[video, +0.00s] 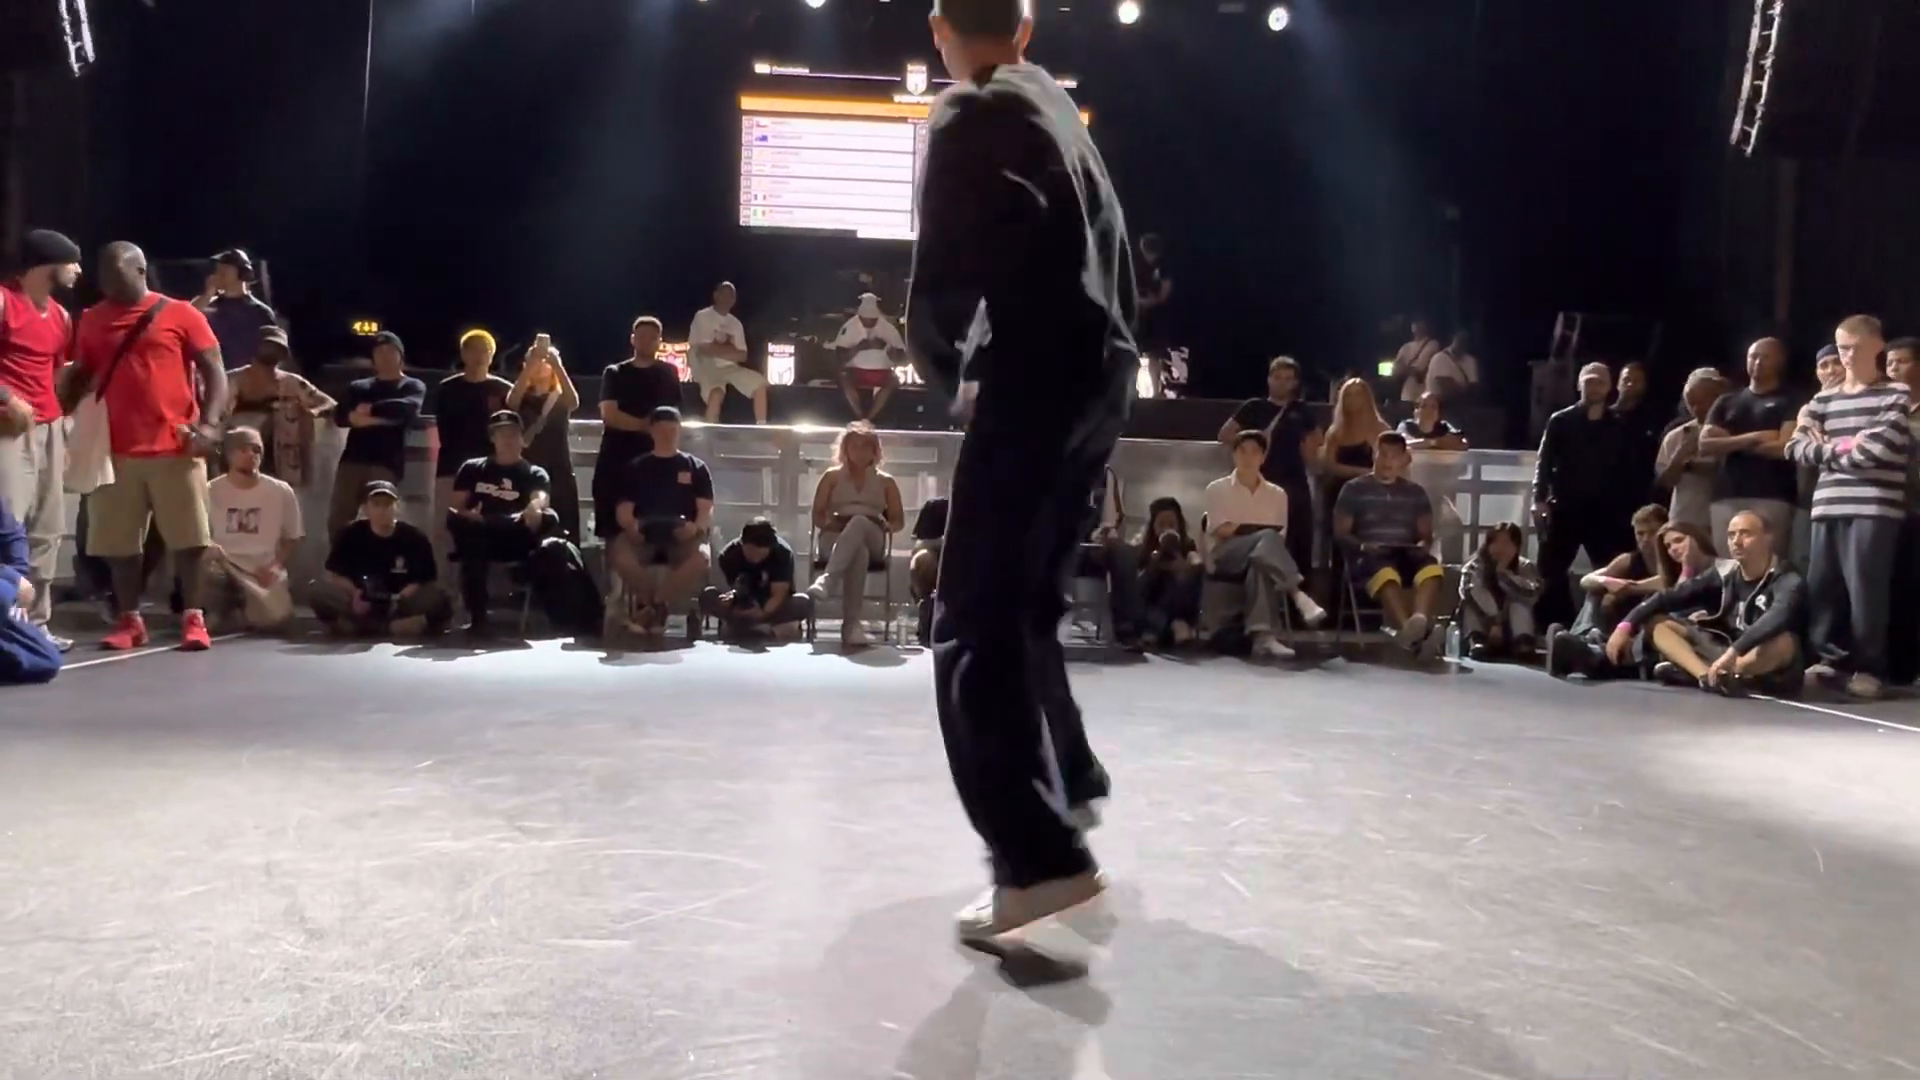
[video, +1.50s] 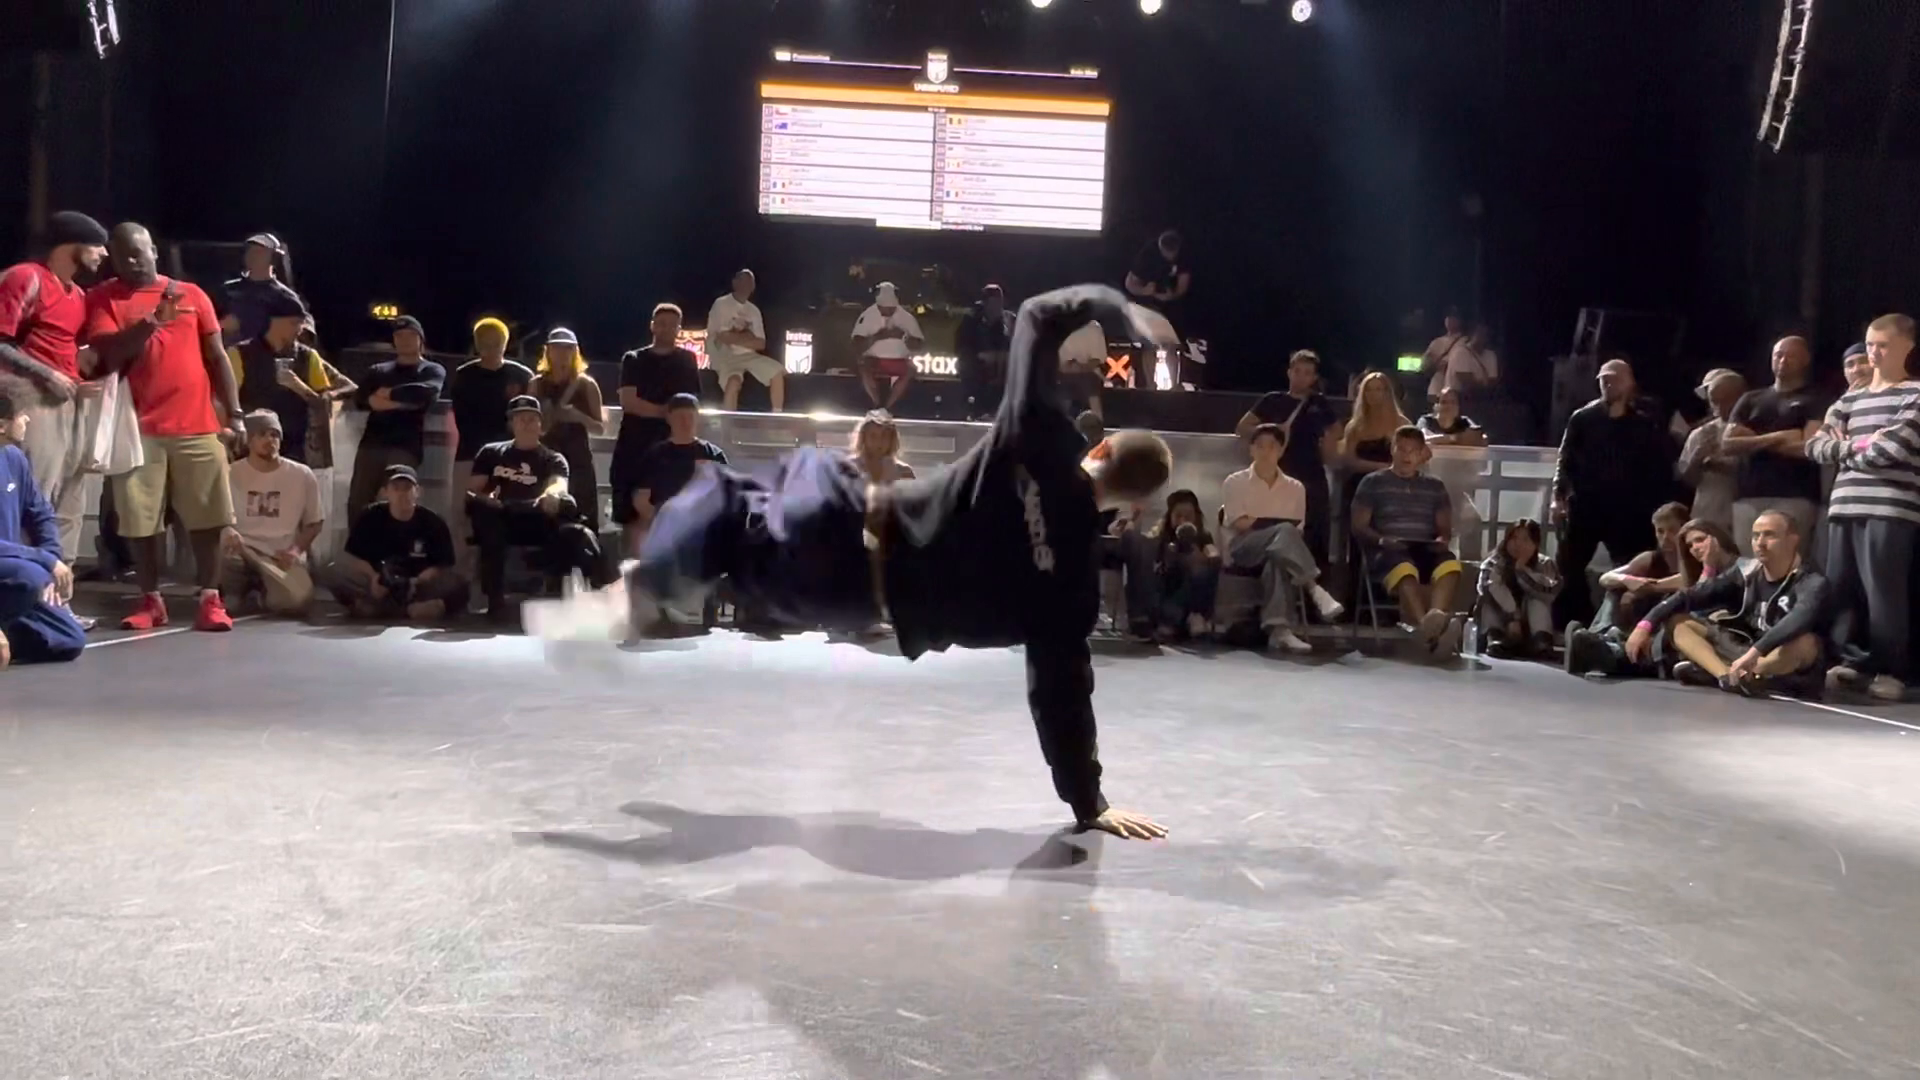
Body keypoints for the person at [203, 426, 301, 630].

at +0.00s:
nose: (251, 456)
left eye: (256, 450)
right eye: (244, 450)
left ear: (262, 455)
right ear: (229, 454)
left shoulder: (281, 491)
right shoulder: (211, 491)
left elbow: (291, 537)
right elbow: (201, 533)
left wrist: (275, 567)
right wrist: (211, 549)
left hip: (264, 569)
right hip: (225, 565)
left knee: (276, 617)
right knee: (209, 557)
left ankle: (237, 613)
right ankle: (211, 617)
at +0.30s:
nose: (259, 456)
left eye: (263, 450)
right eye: (252, 450)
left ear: (268, 455)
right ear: (237, 455)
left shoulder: (290, 491)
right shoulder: (219, 490)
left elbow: (301, 536)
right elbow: (209, 532)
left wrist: (280, 567)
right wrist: (220, 552)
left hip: (270, 570)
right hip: (231, 566)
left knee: (279, 617)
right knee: (217, 555)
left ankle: (250, 607)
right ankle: (215, 615)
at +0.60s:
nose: (261, 452)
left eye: (267, 447)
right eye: (254, 446)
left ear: (273, 452)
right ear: (239, 451)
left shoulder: (294, 487)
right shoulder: (225, 485)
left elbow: (308, 533)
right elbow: (213, 525)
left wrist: (282, 563)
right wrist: (223, 546)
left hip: (272, 567)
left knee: (282, 614)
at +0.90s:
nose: (266, 447)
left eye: (271, 441)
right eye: (258, 440)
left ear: (276, 446)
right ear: (244, 445)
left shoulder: (297, 483)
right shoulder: (228, 480)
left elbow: (311, 528)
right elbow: (216, 519)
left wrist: (287, 558)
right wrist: (226, 546)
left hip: (276, 563)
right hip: (238, 559)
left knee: (289, 608)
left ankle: (250, 604)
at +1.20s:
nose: (268, 443)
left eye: (273, 437)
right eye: (261, 437)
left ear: (278, 442)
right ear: (248, 441)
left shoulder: (299, 478)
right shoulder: (230, 475)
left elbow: (311, 525)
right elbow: (219, 518)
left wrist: (291, 554)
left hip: (279, 559)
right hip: (240, 553)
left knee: (292, 603)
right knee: (227, 540)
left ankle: (251, 600)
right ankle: (219, 604)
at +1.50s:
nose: (270, 440)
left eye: (275, 434)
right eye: (263, 434)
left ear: (280, 439)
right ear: (249, 439)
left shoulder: (302, 475)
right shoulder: (231, 473)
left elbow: (314, 521)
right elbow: (219, 507)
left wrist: (296, 550)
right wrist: (227, 529)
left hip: (282, 555)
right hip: (242, 550)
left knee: (296, 600)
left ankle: (258, 595)